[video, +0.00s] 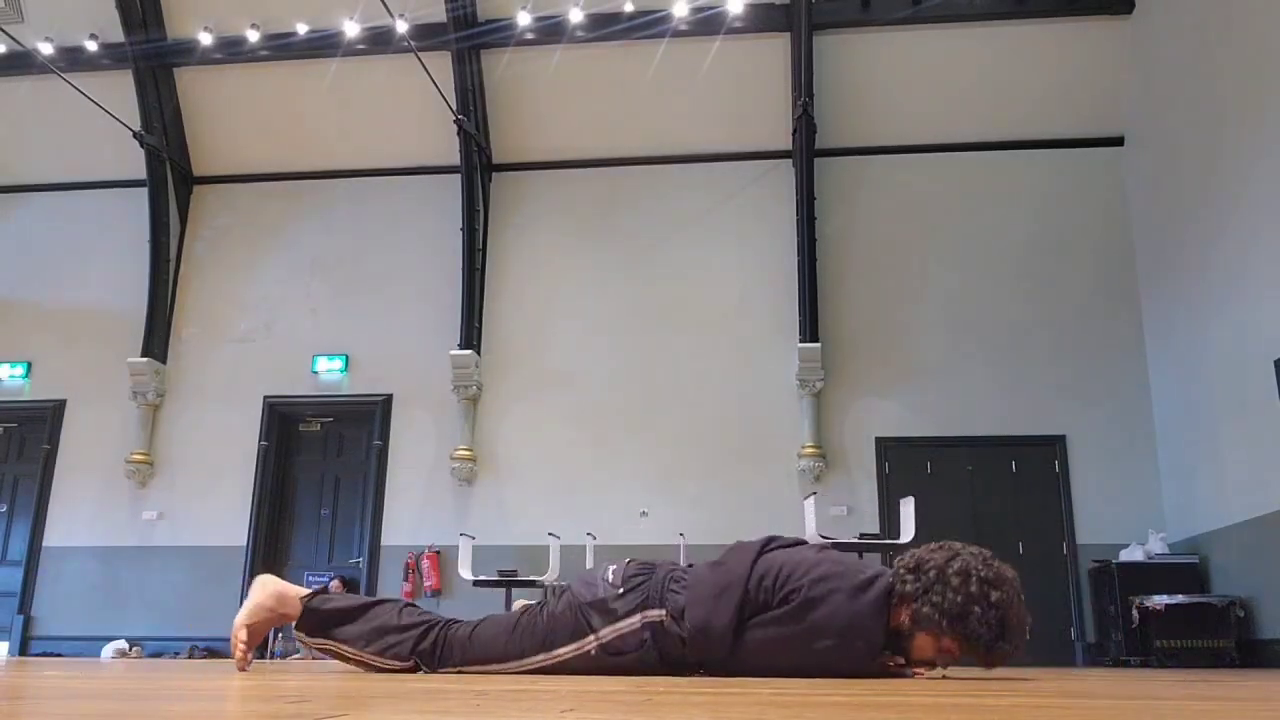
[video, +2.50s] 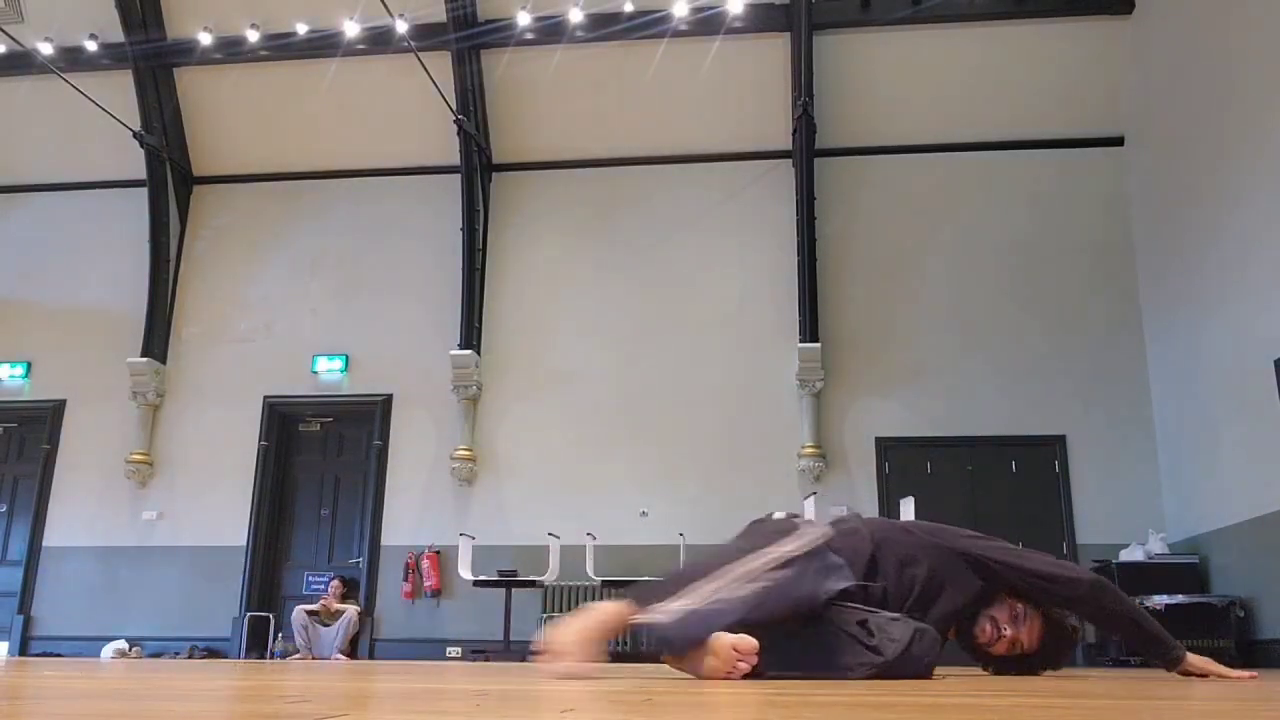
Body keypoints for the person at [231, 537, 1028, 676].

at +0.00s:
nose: (950, 668)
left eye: (966, 661)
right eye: (958, 657)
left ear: (934, 598)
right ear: (931, 623)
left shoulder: (872, 588)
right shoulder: (854, 617)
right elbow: (750, 664)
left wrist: (897, 657)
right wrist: (886, 673)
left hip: (650, 601)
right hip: (637, 616)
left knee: (481, 642)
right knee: (460, 650)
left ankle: (324, 612)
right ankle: (292, 606)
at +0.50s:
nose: (939, 645)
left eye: (952, 641)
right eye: (940, 627)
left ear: (948, 619)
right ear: (912, 589)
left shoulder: (879, 598)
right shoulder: (829, 588)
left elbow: (781, 655)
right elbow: (712, 660)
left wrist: (857, 654)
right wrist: (831, 666)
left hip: (674, 617)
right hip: (649, 589)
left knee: (525, 654)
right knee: (501, 659)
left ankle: (410, 644)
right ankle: (390, 646)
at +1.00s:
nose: (880, 636)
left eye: (900, 639)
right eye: (884, 614)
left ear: (912, 644)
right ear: (875, 575)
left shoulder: (866, 606)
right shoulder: (784, 565)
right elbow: (717, 653)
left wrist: (887, 658)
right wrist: (826, 661)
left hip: (716, 636)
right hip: (682, 590)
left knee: (613, 647)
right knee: (589, 655)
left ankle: (517, 637)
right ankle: (499, 653)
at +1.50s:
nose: (860, 612)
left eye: (879, 624)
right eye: (870, 596)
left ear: (902, 640)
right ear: (874, 564)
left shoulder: (893, 634)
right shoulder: (800, 555)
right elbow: (736, 645)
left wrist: (871, 661)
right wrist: (820, 661)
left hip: (722, 636)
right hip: (701, 572)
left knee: (637, 646)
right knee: (590, 545)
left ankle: (594, 649)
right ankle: (507, 643)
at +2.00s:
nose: (963, 623)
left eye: (978, 630)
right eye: (970, 611)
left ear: (981, 628)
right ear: (962, 578)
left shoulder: (941, 635)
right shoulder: (908, 551)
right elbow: (935, 612)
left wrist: (889, 659)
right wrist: (1057, 661)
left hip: (789, 627)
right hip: (746, 567)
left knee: (801, 645)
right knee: (568, 556)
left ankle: (642, 652)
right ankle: (502, 642)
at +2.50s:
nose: (1003, 629)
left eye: (1012, 644)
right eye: (1013, 620)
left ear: (1006, 649)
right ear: (1013, 597)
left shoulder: (941, 628)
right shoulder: (984, 565)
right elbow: (1084, 589)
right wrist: (1173, 654)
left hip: (834, 608)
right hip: (841, 544)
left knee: (920, 659)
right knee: (814, 579)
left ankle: (739, 655)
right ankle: (614, 624)